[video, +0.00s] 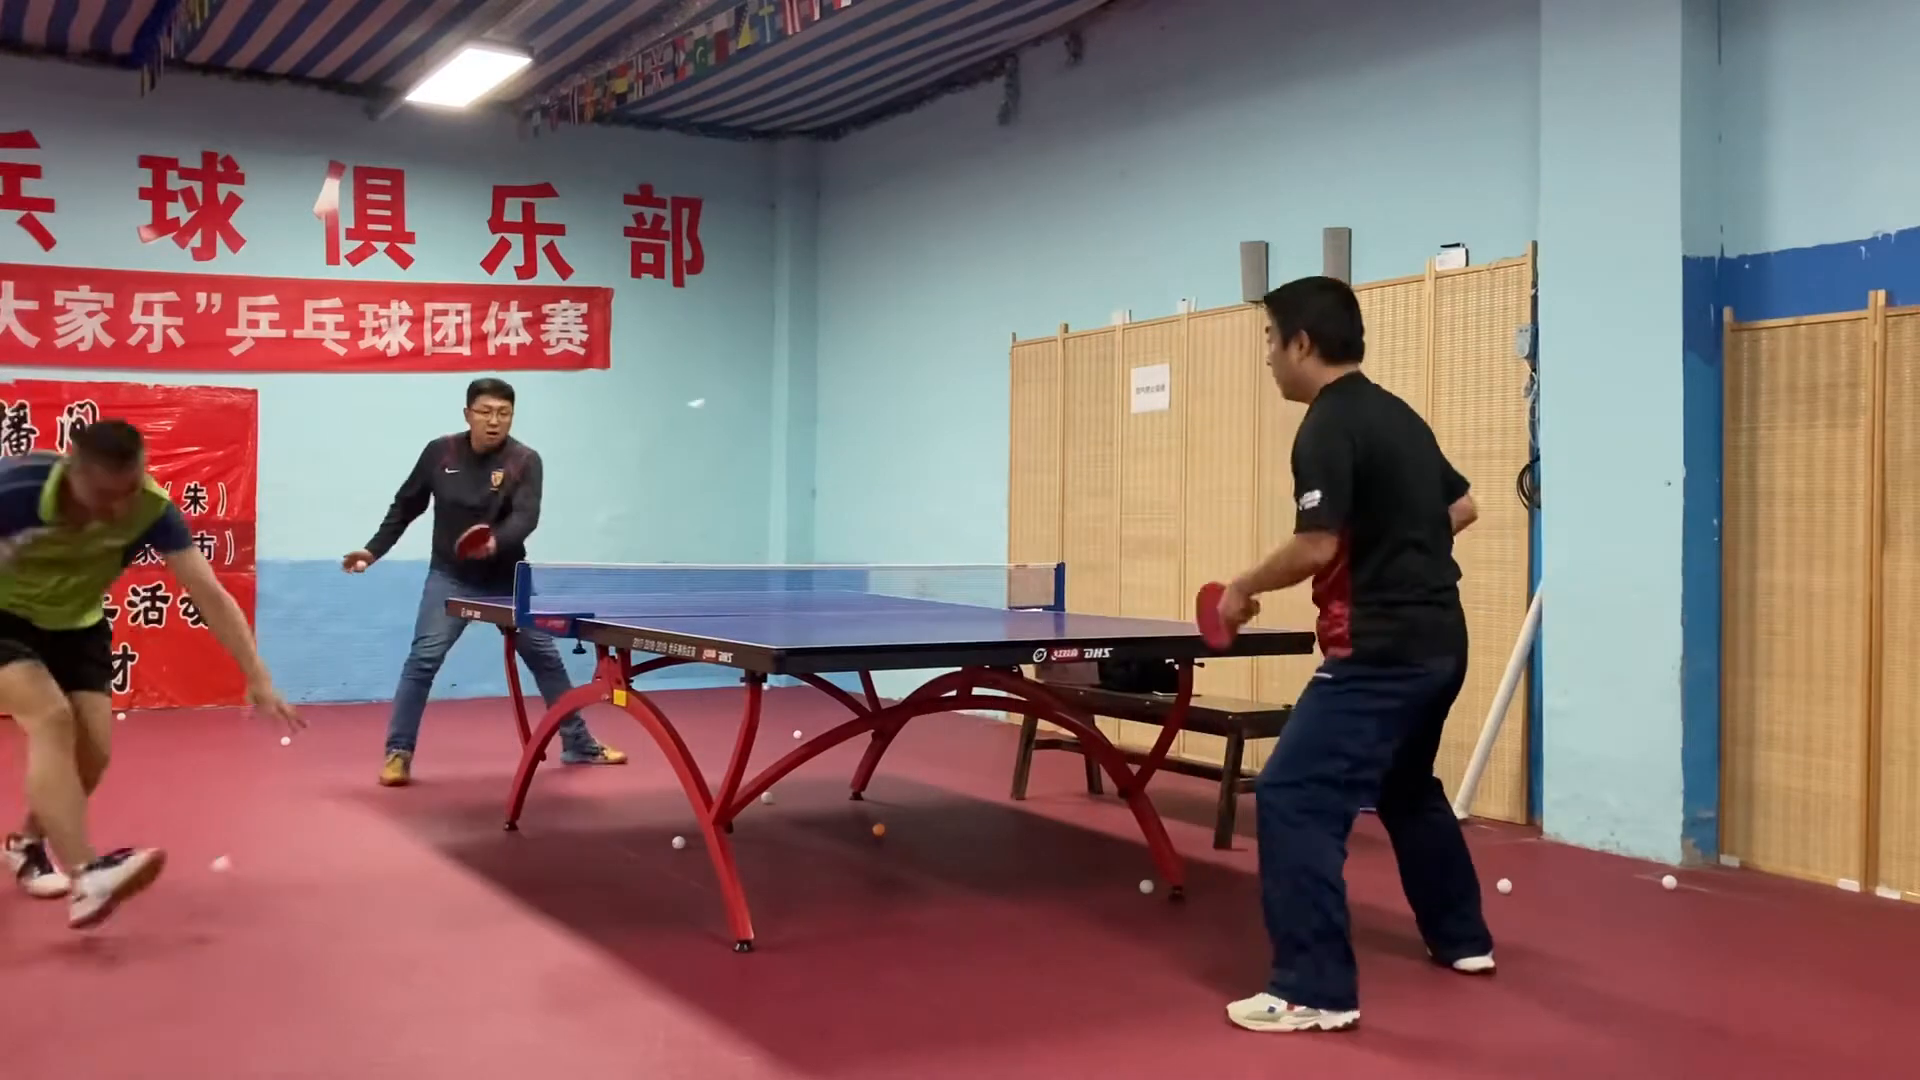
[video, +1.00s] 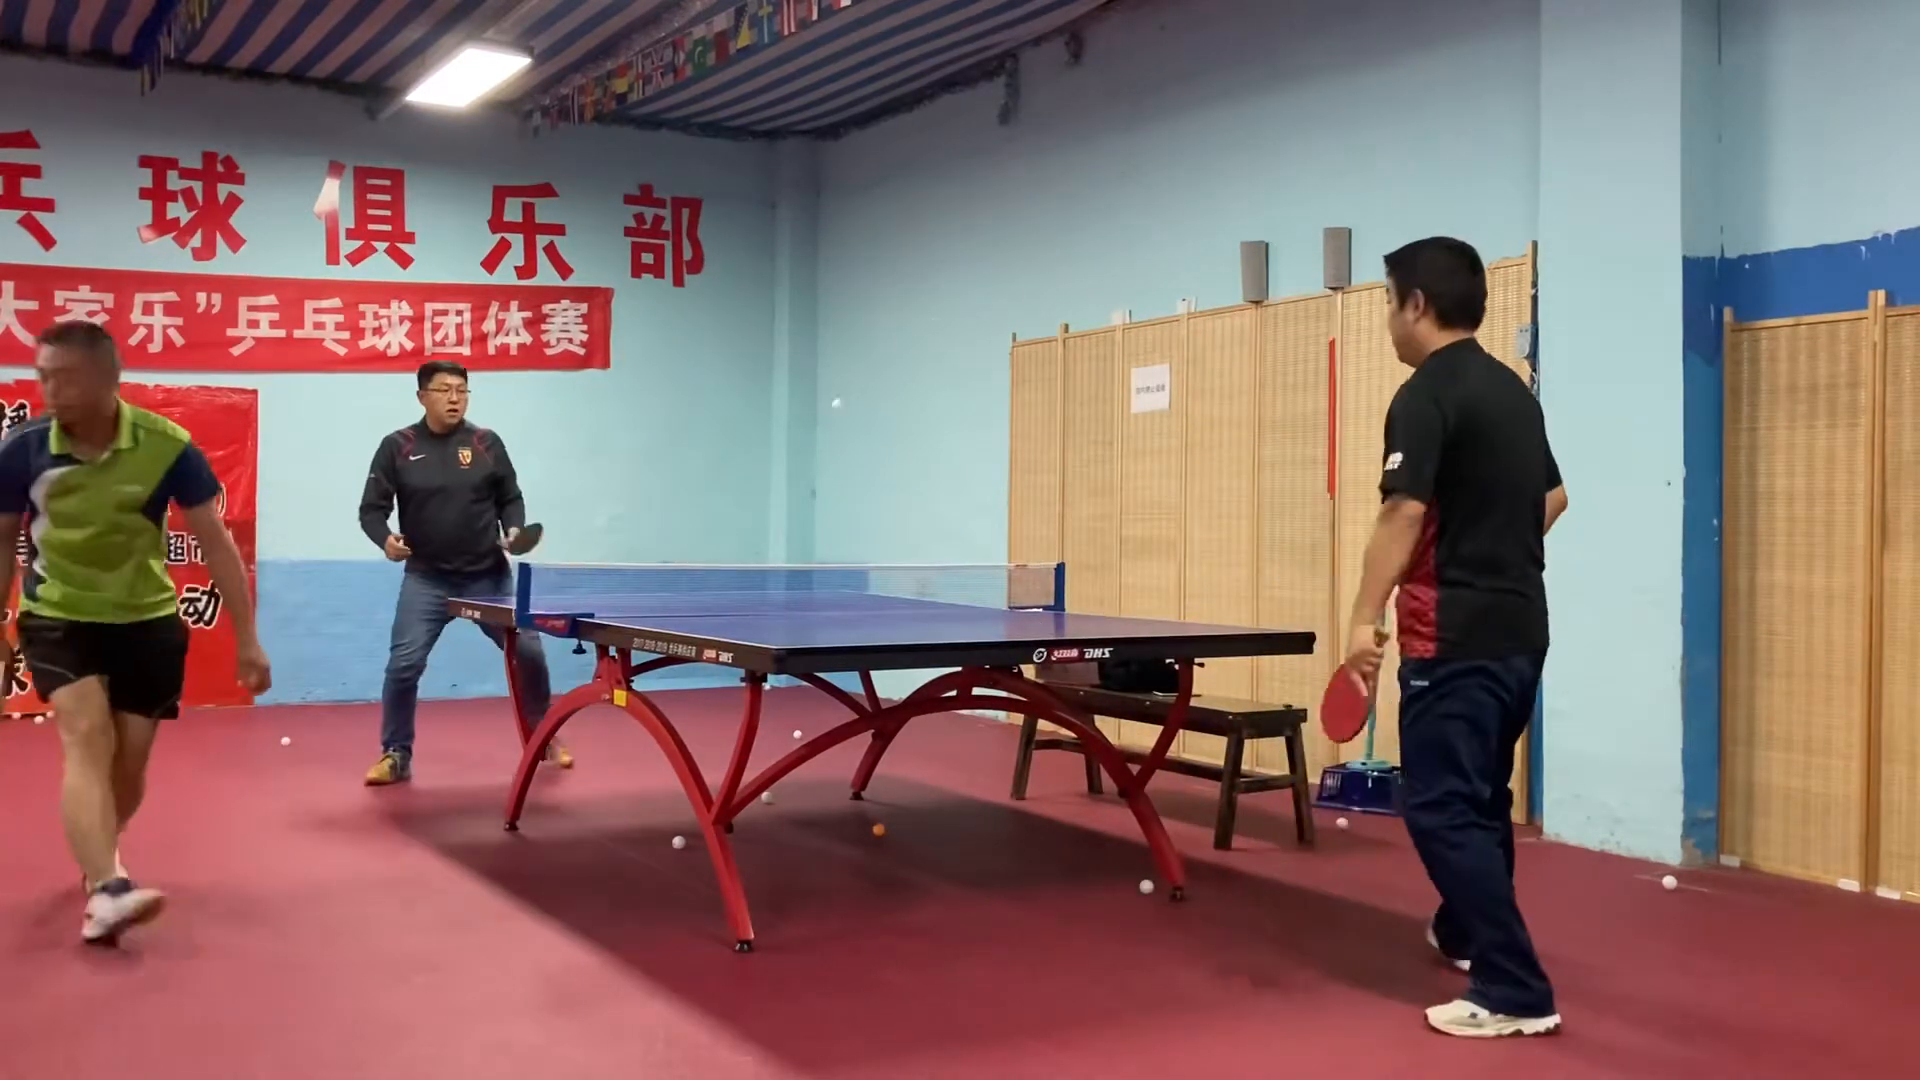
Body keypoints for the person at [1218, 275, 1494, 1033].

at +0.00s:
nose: (1268, 356)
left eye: (1273, 341)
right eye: (1269, 341)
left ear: (1301, 343)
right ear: (1342, 343)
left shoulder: (1328, 423)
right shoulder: (1398, 412)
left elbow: (1317, 545)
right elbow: (1459, 506)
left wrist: (1246, 586)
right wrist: (1371, 548)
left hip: (1381, 651)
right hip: (1438, 648)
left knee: (1294, 793)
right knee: (1406, 786)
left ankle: (1316, 988)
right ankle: (1463, 941)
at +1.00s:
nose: (1388, 321)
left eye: (1391, 306)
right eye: (1388, 306)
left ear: (1417, 304)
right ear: (1469, 307)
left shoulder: (1425, 393)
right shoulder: (1510, 385)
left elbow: (1403, 513)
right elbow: (1551, 497)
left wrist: (1363, 619)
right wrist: (1487, 556)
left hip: (1456, 638)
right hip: (1516, 632)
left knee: (1436, 806)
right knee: (1482, 790)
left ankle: (1515, 993)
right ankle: (1465, 926)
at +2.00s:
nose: (1367, 369)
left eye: (1366, 359)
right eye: (1365, 361)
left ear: (1378, 351)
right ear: (1438, 346)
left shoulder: (1388, 393)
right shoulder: (1485, 411)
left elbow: (1391, 477)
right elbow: (1500, 521)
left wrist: (1372, 579)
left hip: (1433, 625)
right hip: (1499, 624)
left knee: (1401, 787)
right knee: (1464, 781)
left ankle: (1414, 965)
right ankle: (1472, 947)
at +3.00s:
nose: (1235, 385)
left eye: (1243, 371)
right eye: (1235, 371)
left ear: (1283, 372)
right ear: (1277, 373)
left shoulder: (1369, 418)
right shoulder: (1268, 449)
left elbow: (1404, 514)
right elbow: (1253, 530)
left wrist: (1316, 534)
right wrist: (1192, 544)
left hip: (1414, 621)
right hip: (1341, 625)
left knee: (1417, 766)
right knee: (1319, 754)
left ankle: (1429, 911)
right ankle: (1316, 888)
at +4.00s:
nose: (1400, 368)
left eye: (1416, 356)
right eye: (1401, 355)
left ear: (1459, 371)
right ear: (1412, 367)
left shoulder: (1517, 440)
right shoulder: (1383, 430)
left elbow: (1549, 510)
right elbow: (1320, 456)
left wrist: (1531, 549)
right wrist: (1252, 474)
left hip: (1483, 635)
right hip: (1393, 632)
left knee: (1521, 765)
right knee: (1357, 753)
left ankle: (1561, 896)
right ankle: (1345, 885)